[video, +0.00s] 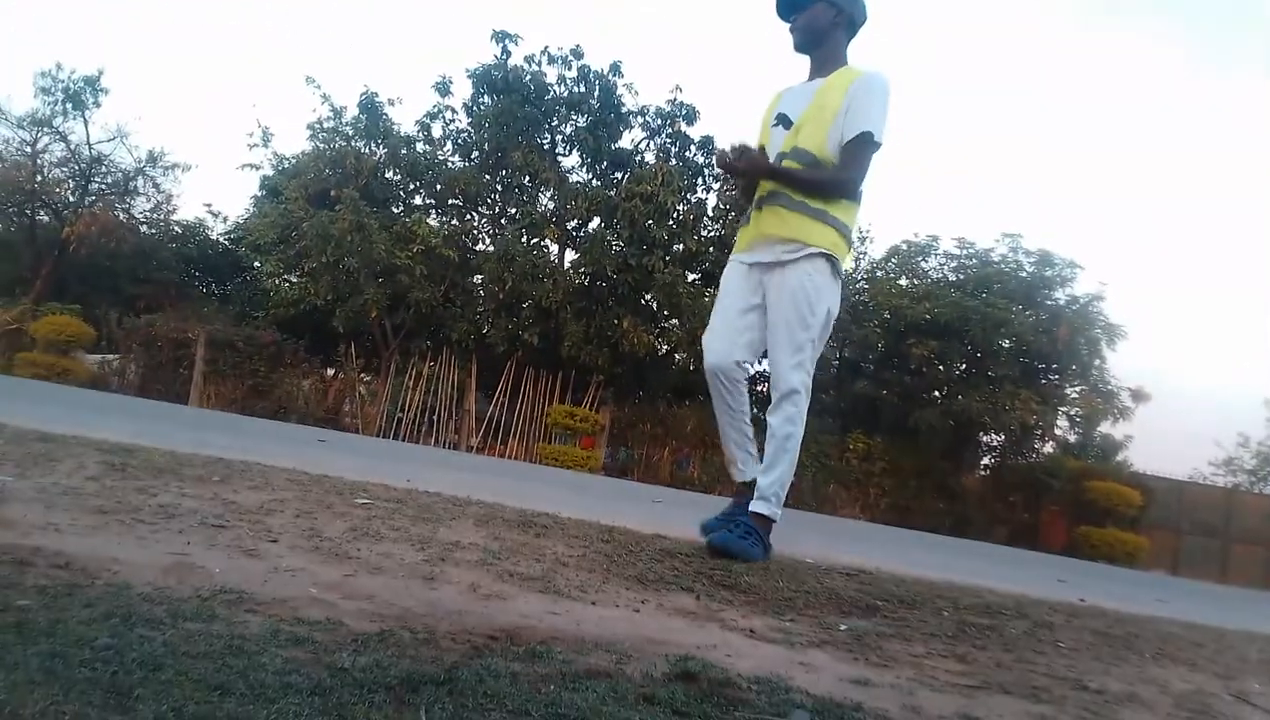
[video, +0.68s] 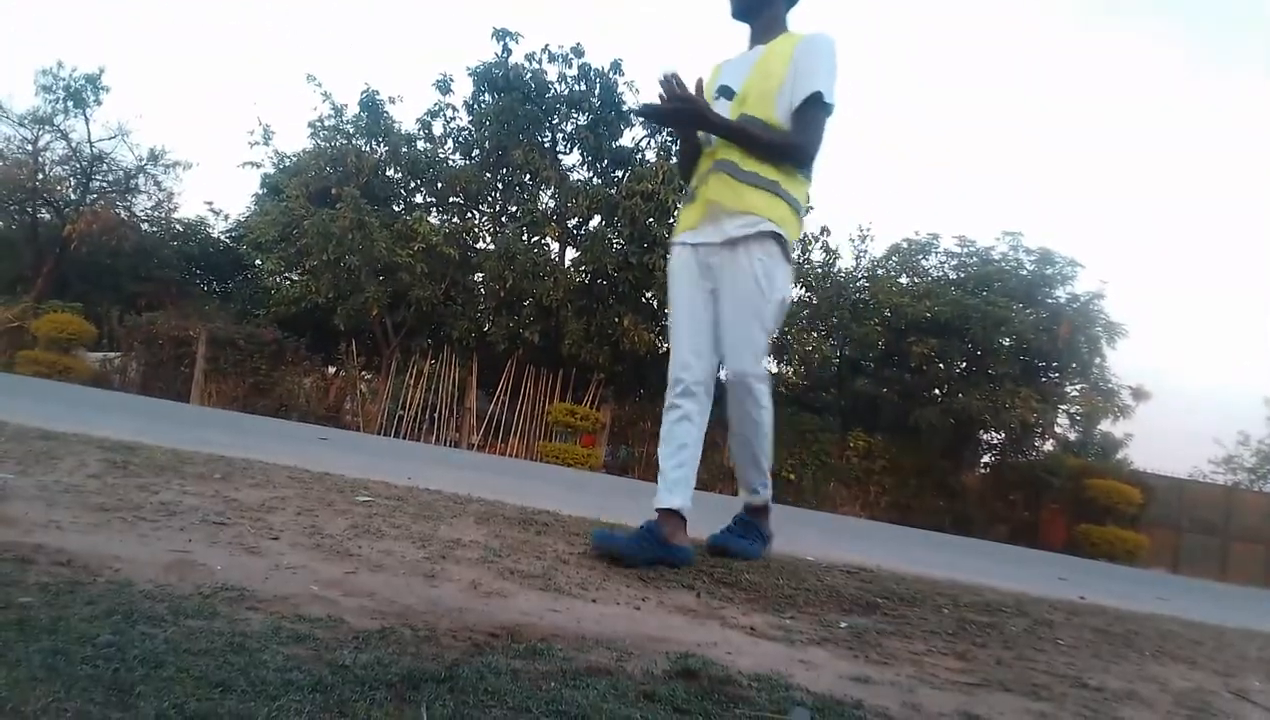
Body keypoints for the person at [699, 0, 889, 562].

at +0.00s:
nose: (792, 18)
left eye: (805, 8)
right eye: (792, 12)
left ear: (842, 16)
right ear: (804, 26)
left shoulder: (866, 86)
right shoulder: (782, 99)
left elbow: (847, 179)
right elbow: (760, 195)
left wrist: (767, 169)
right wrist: (743, 176)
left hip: (809, 253)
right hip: (751, 250)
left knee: (790, 381)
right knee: (721, 357)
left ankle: (761, 520)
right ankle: (748, 488)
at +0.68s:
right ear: (745, 8)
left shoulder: (811, 48)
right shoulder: (720, 73)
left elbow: (801, 151)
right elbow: (692, 175)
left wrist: (707, 120)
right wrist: (688, 125)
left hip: (757, 230)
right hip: (694, 233)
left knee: (743, 372)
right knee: (687, 376)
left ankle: (756, 515)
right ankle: (670, 525)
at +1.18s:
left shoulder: (719, 6)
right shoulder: (645, 42)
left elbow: (705, 103)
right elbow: (613, 147)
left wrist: (607, 64)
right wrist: (598, 84)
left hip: (664, 201)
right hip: (617, 205)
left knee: (602, 344)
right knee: (650, 367)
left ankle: (510, 505)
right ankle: (671, 524)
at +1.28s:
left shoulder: (695, 6)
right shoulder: (629, 30)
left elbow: (678, 95)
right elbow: (601, 128)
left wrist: (577, 57)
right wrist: (571, 66)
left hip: (634, 196)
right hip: (596, 197)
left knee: (565, 343)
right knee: (626, 359)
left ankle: (485, 512)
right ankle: (669, 521)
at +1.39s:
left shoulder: (667, 4)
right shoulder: (606, 25)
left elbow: (653, 86)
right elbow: (572, 119)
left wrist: (546, 48)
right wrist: (536, 60)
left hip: (597, 183)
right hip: (565, 182)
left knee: (544, 337)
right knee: (584, 347)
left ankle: (474, 518)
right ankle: (658, 509)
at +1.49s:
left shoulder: (633, 5)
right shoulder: (573, 21)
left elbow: (619, 77)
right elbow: (540, 104)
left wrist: (514, 40)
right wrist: (495, 49)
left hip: (565, 185)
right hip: (524, 187)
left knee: (527, 350)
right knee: (497, 340)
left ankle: (473, 521)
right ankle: (614, 465)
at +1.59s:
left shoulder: (604, 3)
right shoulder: (547, 20)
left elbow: (593, 73)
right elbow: (514, 107)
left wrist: (488, 29)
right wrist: (469, 48)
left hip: (548, 178)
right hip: (493, 178)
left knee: (515, 344)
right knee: (442, 311)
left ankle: (472, 526)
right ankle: (556, 456)